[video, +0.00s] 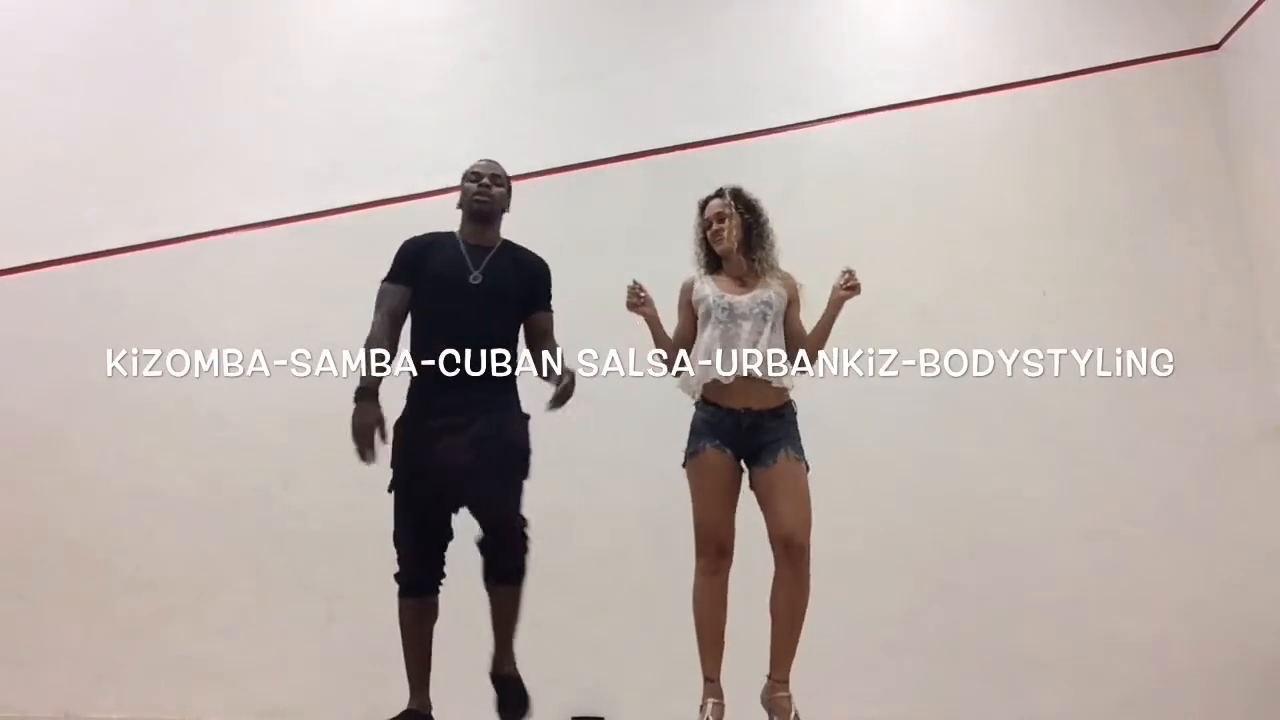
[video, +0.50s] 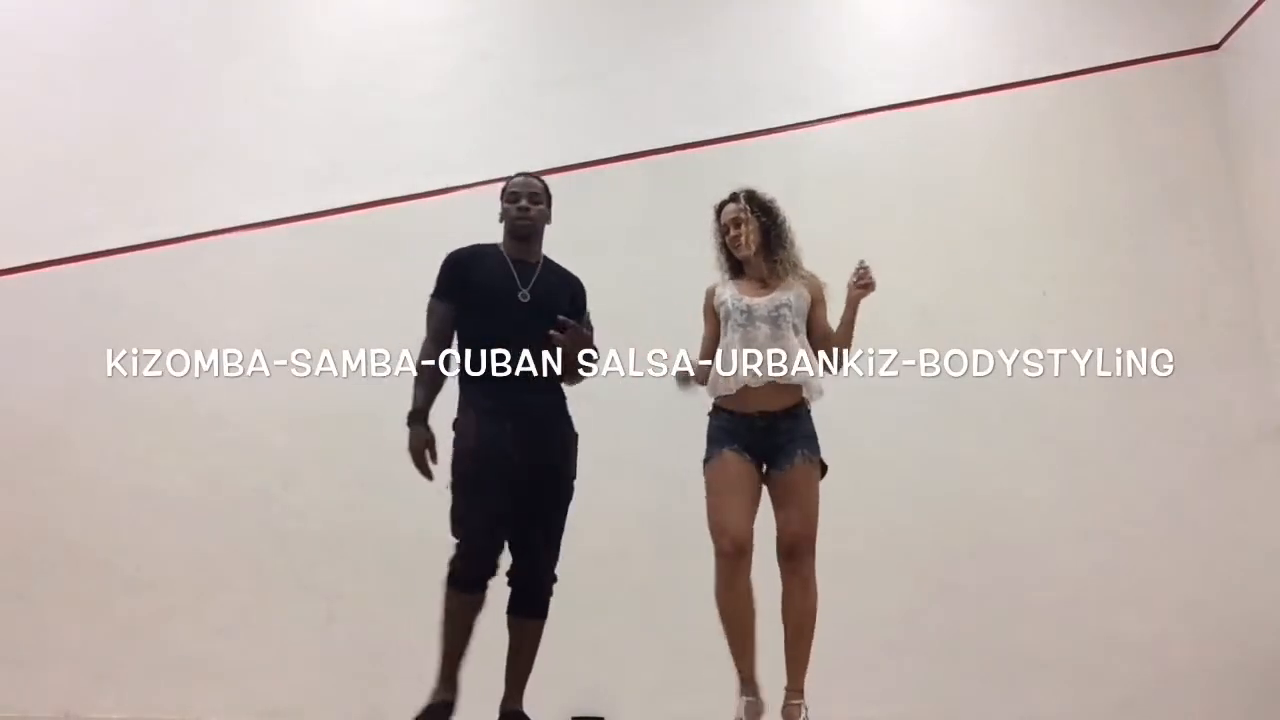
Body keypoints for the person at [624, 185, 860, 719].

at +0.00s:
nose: (718, 226)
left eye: (726, 217)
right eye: (711, 222)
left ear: (748, 222)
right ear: (705, 235)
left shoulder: (782, 284)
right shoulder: (696, 288)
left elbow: (803, 356)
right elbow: (675, 358)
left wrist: (834, 305)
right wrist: (651, 318)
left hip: (775, 427)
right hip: (714, 426)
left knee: (795, 546)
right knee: (714, 554)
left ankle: (779, 686)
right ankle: (711, 692)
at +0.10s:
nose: (720, 229)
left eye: (727, 220)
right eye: (712, 226)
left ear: (750, 224)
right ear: (707, 239)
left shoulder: (786, 285)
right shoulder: (701, 292)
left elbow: (812, 354)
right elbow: (684, 366)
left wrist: (843, 303)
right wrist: (662, 323)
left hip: (775, 431)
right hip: (713, 427)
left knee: (792, 553)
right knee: (711, 553)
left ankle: (780, 692)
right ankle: (710, 691)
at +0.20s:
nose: (724, 232)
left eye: (731, 222)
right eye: (717, 228)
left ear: (755, 225)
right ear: (712, 241)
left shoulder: (792, 286)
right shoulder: (708, 294)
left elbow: (819, 353)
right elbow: (694, 367)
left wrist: (850, 304)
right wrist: (671, 328)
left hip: (777, 433)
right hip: (715, 428)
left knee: (793, 555)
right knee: (710, 554)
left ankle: (790, 693)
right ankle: (708, 690)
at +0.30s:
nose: (729, 233)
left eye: (736, 223)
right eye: (721, 229)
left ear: (759, 226)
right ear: (716, 242)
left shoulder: (798, 287)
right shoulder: (713, 296)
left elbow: (826, 354)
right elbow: (703, 372)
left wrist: (855, 303)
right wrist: (680, 335)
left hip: (782, 433)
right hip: (720, 428)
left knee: (796, 555)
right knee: (715, 554)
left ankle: (792, 697)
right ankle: (711, 691)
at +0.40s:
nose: (732, 232)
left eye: (739, 222)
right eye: (724, 228)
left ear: (763, 225)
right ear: (720, 240)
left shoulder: (802, 286)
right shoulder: (718, 295)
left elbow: (831, 356)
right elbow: (708, 375)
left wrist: (857, 304)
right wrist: (686, 348)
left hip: (789, 430)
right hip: (727, 429)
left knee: (797, 553)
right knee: (722, 552)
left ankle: (792, 695)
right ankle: (720, 687)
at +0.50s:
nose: (735, 231)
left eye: (743, 221)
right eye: (727, 227)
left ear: (766, 224)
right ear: (723, 239)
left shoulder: (806, 286)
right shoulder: (719, 295)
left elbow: (831, 356)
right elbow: (707, 369)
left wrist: (854, 304)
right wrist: (691, 372)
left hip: (792, 429)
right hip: (730, 430)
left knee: (796, 554)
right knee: (730, 549)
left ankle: (794, 695)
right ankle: (747, 690)